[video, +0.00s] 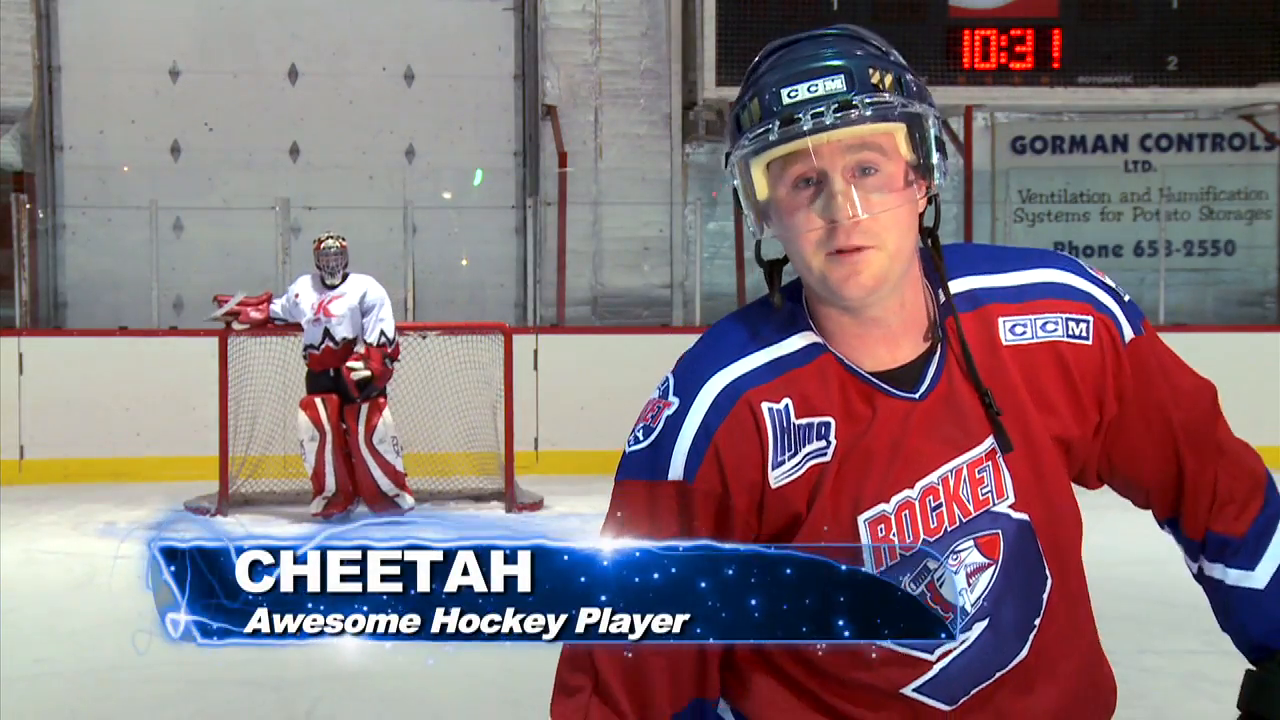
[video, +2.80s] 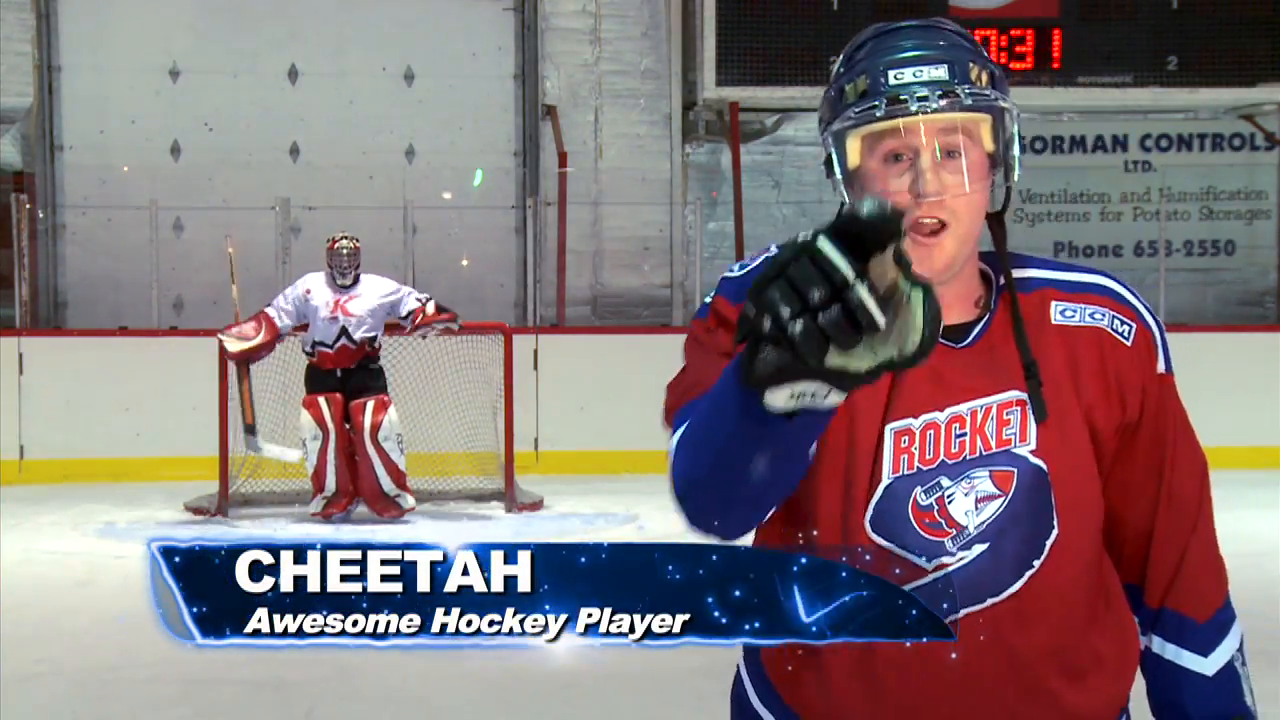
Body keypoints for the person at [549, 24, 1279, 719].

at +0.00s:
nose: (840, 209)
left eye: (868, 171)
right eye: (805, 183)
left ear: (921, 185)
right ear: (771, 216)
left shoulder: (1063, 316)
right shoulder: (710, 413)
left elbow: (1229, 501)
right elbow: (621, 684)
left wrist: (1272, 648)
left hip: (1056, 702)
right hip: (821, 711)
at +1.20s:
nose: (912, 150)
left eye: (943, 127)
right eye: (884, 126)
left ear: (985, 166)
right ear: (841, 161)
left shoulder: (1094, 329)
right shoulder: (754, 359)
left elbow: (1217, 581)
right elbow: (657, 637)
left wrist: (1275, 697)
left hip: (1076, 704)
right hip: (841, 711)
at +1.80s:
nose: (1023, 183)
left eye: (1054, 158)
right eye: (997, 151)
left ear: (1089, 184)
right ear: (946, 168)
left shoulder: (1165, 356)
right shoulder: (831, 333)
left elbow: (1258, 617)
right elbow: (723, 580)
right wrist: (621, 708)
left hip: (1099, 706)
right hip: (865, 707)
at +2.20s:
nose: (1032, 192)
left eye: (1063, 162)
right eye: (1001, 158)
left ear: (1097, 182)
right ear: (950, 171)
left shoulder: (1172, 345)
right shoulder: (843, 330)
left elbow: (1249, 592)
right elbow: (731, 562)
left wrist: (1254, 705)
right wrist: (708, 702)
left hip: (1102, 703)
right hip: (864, 705)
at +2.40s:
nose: (994, 201)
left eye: (1020, 168)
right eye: (961, 170)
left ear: (1056, 184)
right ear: (912, 185)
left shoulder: (1154, 340)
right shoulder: (823, 329)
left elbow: (1223, 610)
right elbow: (729, 517)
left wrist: (1233, 714)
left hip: (1093, 707)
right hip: (855, 707)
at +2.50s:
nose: (971, 198)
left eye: (998, 165)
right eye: (940, 168)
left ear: (1035, 182)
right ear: (891, 186)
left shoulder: (1138, 336)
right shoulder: (806, 320)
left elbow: (1221, 605)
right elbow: (741, 533)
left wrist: (1235, 713)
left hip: (1093, 707)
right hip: (847, 706)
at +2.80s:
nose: (925, 183)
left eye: (951, 150)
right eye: (894, 154)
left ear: (996, 172)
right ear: (845, 174)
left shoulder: (1101, 326)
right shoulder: (764, 312)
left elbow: (1180, 586)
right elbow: (713, 507)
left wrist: (1214, 712)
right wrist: (792, 390)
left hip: (1062, 707)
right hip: (824, 707)